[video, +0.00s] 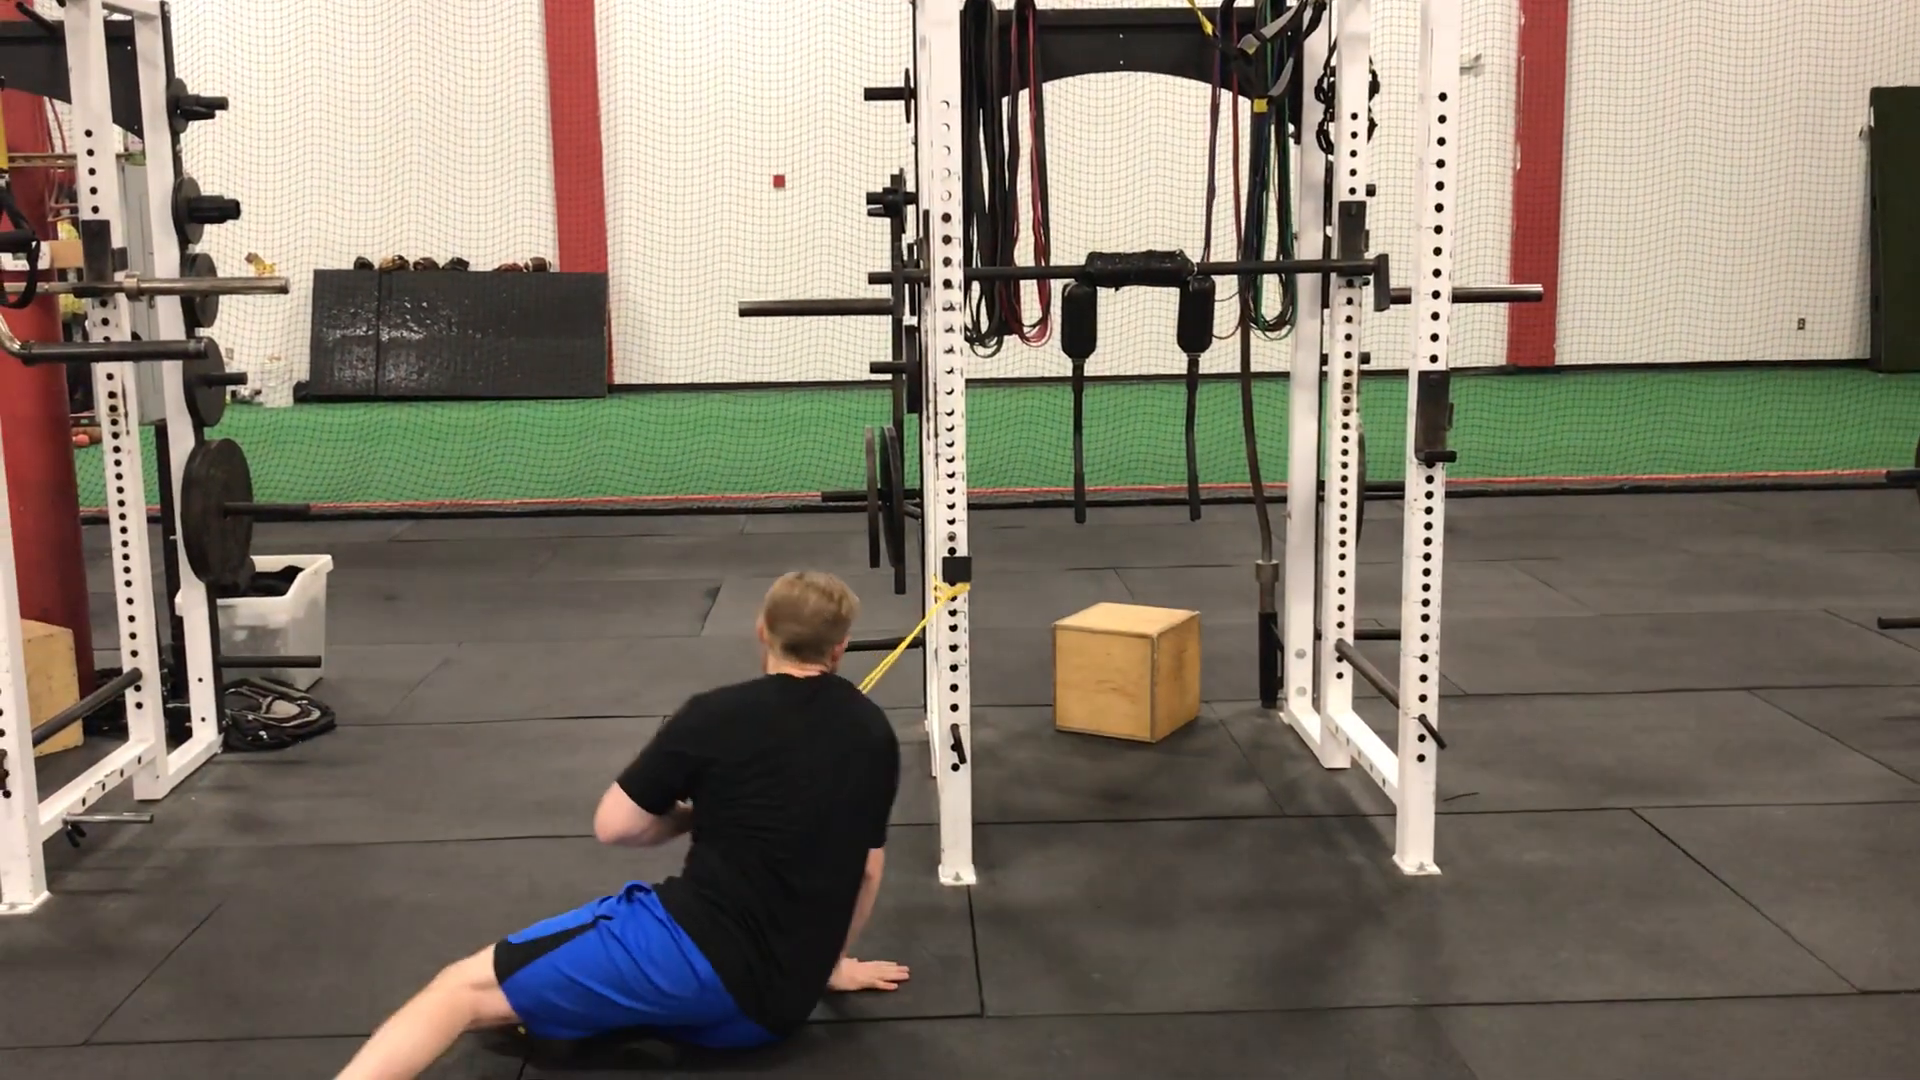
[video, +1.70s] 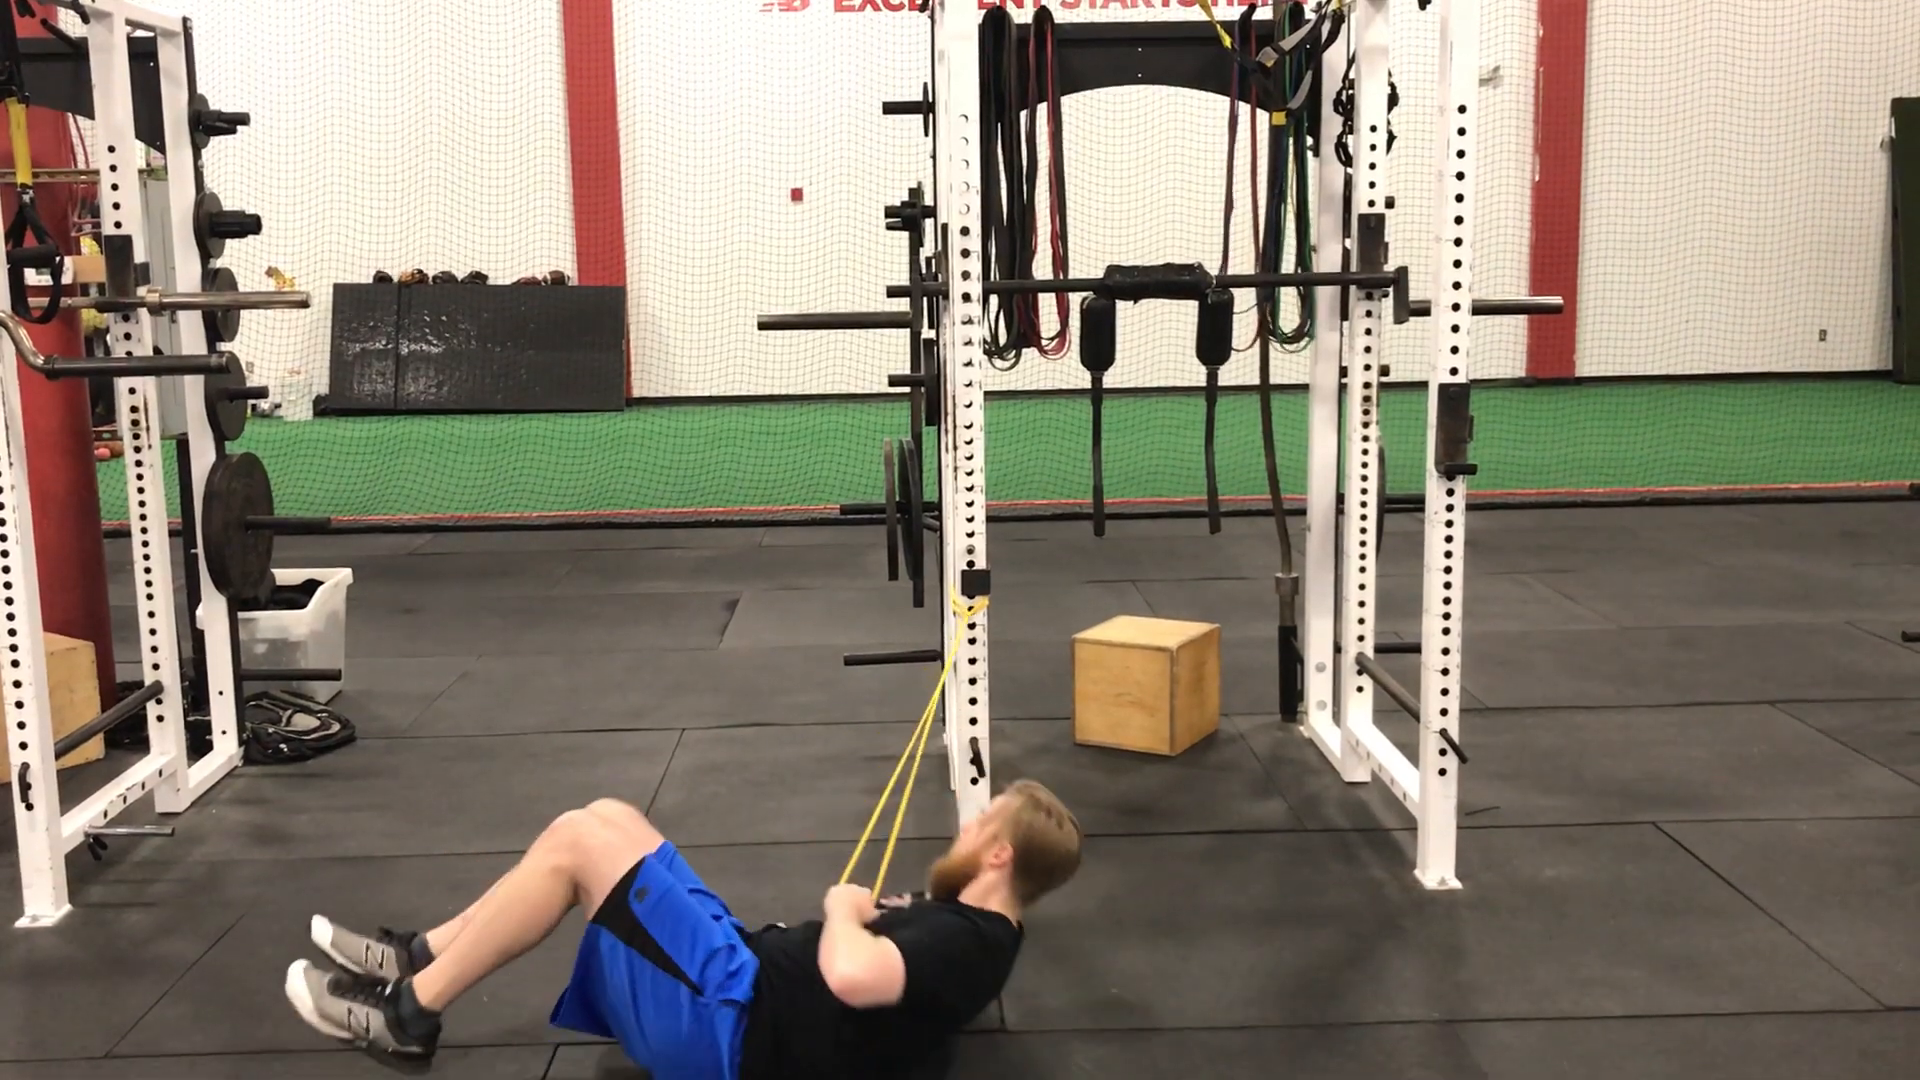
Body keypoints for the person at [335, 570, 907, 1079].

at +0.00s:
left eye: (764, 626)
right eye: (840, 642)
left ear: (761, 635)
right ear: (842, 649)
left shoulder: (718, 715)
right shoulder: (874, 731)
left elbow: (615, 826)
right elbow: (867, 871)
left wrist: (697, 811)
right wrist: (837, 962)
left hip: (686, 950)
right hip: (773, 1003)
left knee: (463, 987)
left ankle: (357, 1071)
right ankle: (523, 1013)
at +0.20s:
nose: (812, 667)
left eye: (813, 655)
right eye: (827, 658)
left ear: (822, 660)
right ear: (902, 674)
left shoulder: (786, 730)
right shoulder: (926, 764)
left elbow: (678, 838)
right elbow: (942, 897)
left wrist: (730, 845)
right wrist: (870, 960)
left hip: (718, 951)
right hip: (791, 1006)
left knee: (494, 936)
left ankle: (305, 1071)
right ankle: (533, 1006)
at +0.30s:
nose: (843, 681)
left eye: (845, 671)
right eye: (859, 676)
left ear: (853, 676)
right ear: (932, 695)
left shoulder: (814, 737)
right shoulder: (952, 796)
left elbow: (697, 826)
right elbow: (979, 937)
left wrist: (766, 827)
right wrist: (895, 924)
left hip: (730, 957)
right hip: (794, 1015)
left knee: (506, 920)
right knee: (666, 885)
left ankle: (304, 1054)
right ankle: (472, 1002)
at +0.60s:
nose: (922, 711)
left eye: (930, 705)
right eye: (937, 708)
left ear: (938, 718)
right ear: (996, 763)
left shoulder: (890, 749)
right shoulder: (980, 850)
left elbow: (750, 742)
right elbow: (1000, 994)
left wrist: (820, 825)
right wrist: (953, 929)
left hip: (752, 969)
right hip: (789, 1010)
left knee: (548, 867)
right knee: (580, 922)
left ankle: (372, 1042)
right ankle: (413, 995)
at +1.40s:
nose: (894, 766)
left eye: (903, 755)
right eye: (905, 756)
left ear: (914, 773)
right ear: (971, 802)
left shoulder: (876, 845)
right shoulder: (944, 897)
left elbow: (740, 859)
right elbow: (929, 982)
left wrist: (817, 844)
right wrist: (849, 912)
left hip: (699, 1021)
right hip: (743, 997)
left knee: (501, 865)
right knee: (581, 840)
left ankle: (379, 1057)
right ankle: (410, 1008)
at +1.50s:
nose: (918, 788)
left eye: (927, 780)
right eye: (928, 779)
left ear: (939, 800)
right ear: (985, 824)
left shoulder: (913, 883)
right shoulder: (948, 887)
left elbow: (779, 898)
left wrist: (811, 859)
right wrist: (820, 873)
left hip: (712, 1025)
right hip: (737, 986)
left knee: (521, 860)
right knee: (583, 840)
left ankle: (385, 1051)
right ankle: (419, 1001)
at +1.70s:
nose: (966, 821)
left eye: (979, 817)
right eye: (978, 813)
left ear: (999, 852)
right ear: (1012, 868)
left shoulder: (971, 941)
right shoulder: (967, 915)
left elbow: (859, 976)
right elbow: (892, 952)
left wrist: (842, 908)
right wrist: (875, 917)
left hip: (734, 1024)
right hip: (752, 978)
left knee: (577, 839)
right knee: (609, 817)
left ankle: (412, 1010)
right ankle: (425, 957)